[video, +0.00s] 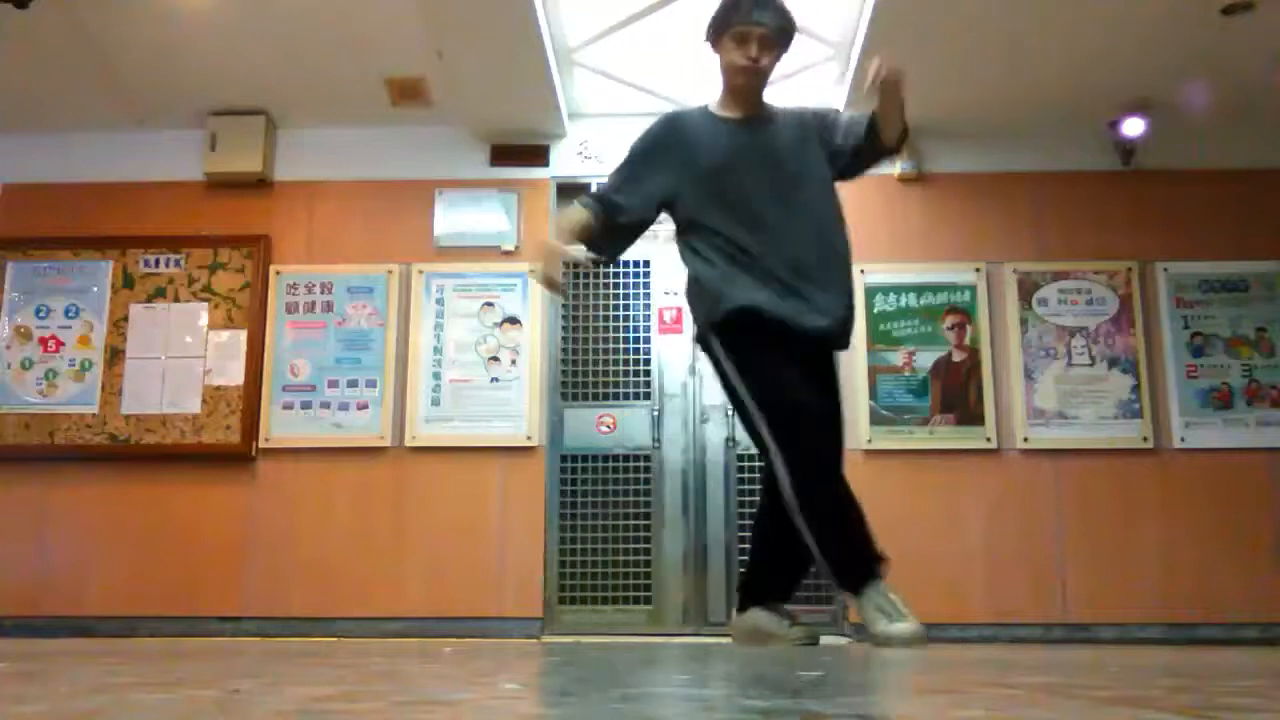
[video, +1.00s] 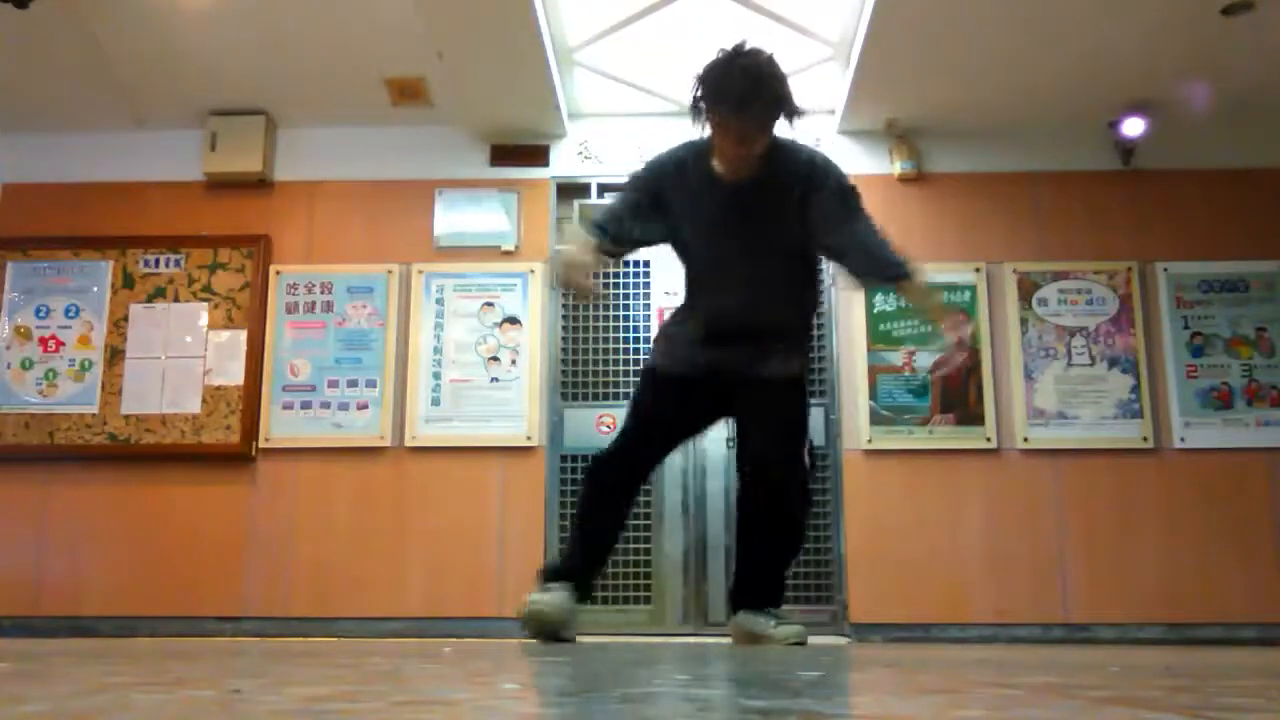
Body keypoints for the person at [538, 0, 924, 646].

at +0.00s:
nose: (754, 55)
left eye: (766, 45)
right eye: (741, 41)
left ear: (780, 54)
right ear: (716, 46)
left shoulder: (807, 130)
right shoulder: (681, 134)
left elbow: (880, 140)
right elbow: (611, 212)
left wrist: (888, 99)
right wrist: (561, 237)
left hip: (811, 315)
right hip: (735, 312)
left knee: (809, 452)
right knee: (797, 441)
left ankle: (760, 606)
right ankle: (867, 586)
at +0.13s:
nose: (757, 48)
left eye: (770, 37)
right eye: (744, 34)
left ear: (785, 46)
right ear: (719, 39)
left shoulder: (811, 131)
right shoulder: (684, 129)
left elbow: (861, 207)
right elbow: (631, 227)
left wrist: (867, 196)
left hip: (787, 312)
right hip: (709, 306)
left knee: (801, 444)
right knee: (773, 419)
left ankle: (760, 603)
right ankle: (788, 573)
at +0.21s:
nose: (756, 49)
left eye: (770, 38)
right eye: (744, 36)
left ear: (786, 53)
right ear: (719, 46)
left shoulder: (807, 139)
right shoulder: (686, 133)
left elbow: (835, 223)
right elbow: (636, 229)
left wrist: (851, 255)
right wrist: (693, 243)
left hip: (773, 319)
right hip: (698, 314)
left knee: (802, 457)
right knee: (729, 419)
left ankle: (764, 605)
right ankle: (735, 566)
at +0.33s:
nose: (751, 68)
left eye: (764, 58)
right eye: (739, 55)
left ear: (781, 69)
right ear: (714, 60)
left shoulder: (801, 157)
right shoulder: (674, 146)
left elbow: (837, 243)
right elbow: (622, 229)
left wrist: (898, 266)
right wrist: (652, 178)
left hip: (762, 338)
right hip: (682, 324)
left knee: (793, 469)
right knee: (675, 425)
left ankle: (760, 609)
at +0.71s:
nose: (746, 112)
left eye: (759, 100)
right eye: (735, 98)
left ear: (780, 88)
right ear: (715, 82)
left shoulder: (808, 141)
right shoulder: (677, 142)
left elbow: (861, 225)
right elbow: (641, 227)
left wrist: (859, 258)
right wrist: (683, 268)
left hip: (776, 335)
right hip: (698, 336)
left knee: (774, 463)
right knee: (709, 457)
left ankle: (762, 602)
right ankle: (717, 594)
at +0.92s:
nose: (735, 139)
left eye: (749, 126)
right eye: (726, 123)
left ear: (774, 118)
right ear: (709, 111)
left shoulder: (809, 164)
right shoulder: (679, 165)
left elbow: (848, 263)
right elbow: (636, 263)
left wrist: (866, 328)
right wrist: (656, 305)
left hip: (777, 352)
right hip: (697, 343)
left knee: (778, 479)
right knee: (647, 446)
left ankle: (757, 607)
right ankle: (612, 579)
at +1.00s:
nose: (736, 147)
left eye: (750, 134)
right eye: (726, 131)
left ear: (773, 123)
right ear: (708, 117)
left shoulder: (807, 178)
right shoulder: (676, 175)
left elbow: (863, 247)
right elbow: (612, 228)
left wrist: (932, 305)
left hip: (775, 362)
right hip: (692, 355)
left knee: (778, 484)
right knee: (626, 458)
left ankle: (756, 609)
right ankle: (565, 586)